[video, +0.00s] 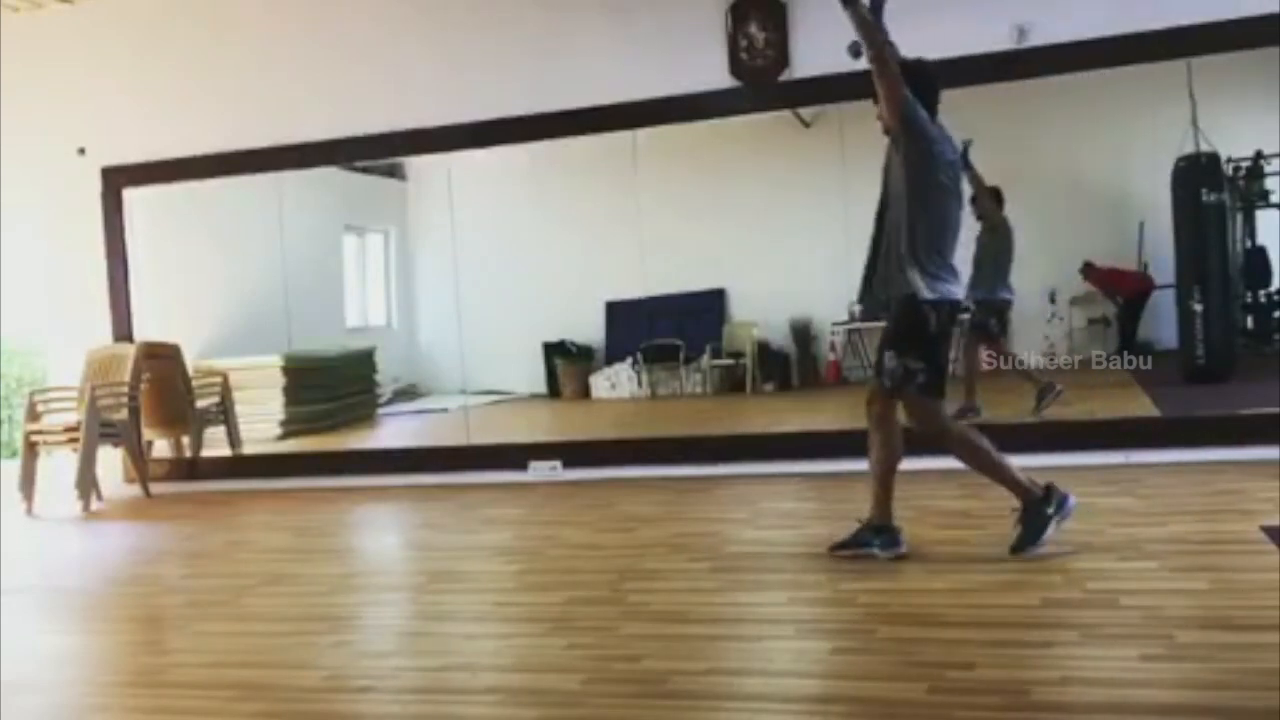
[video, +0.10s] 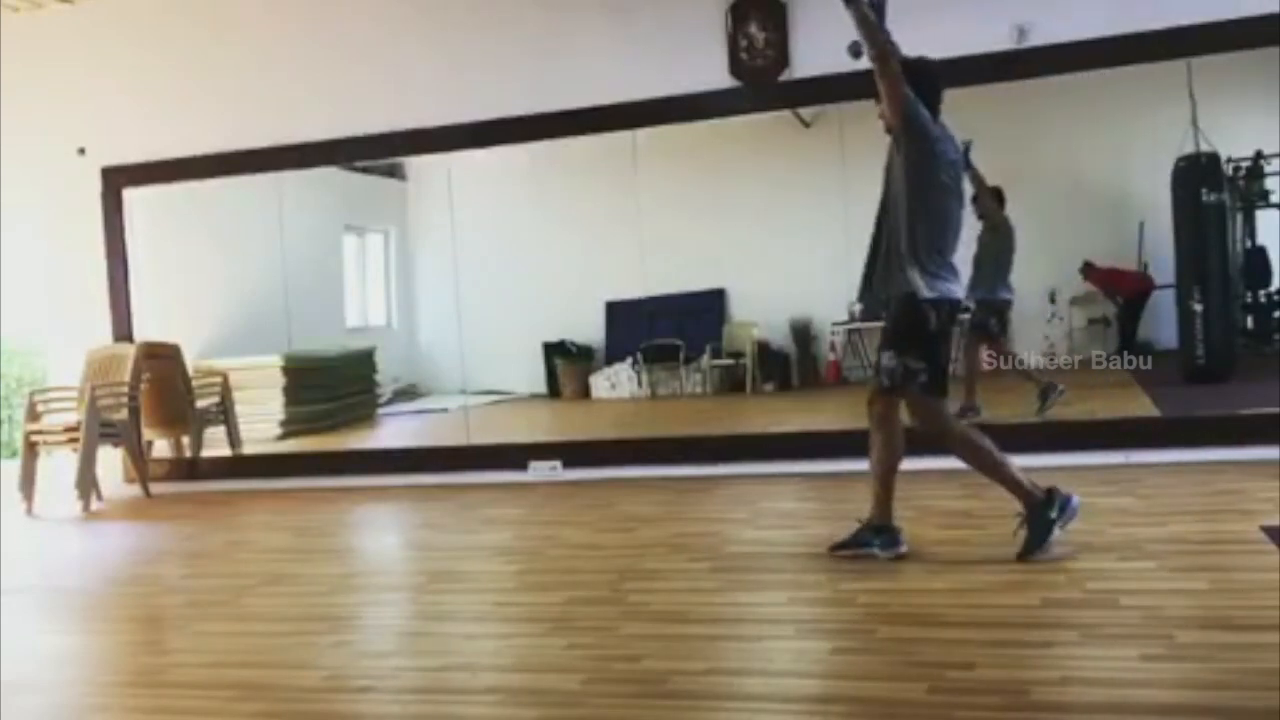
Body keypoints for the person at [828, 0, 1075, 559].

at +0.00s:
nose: (877, 112)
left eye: (881, 100)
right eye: (875, 102)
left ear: (906, 98)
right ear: (918, 103)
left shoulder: (928, 143)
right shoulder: (930, 147)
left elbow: (884, 63)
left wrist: (850, 6)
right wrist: (877, 29)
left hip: (929, 303)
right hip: (914, 302)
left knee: (926, 419)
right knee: (881, 408)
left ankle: (1035, 497)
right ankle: (880, 524)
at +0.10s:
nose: (879, 110)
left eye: (883, 98)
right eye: (877, 101)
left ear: (908, 97)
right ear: (921, 102)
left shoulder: (927, 141)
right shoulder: (935, 147)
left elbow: (885, 61)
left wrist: (855, 7)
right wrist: (877, 31)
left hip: (928, 300)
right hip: (916, 298)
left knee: (929, 417)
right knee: (883, 407)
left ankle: (1038, 501)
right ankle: (880, 524)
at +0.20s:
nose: (891, 107)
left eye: (894, 95)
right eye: (889, 97)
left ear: (917, 95)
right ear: (941, 99)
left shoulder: (932, 135)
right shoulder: (960, 151)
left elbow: (897, 59)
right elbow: (995, 206)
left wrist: (867, 6)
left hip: (934, 301)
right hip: (939, 299)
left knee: (960, 421)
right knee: (892, 410)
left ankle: (1054, 512)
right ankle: (882, 523)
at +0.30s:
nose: (898, 105)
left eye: (901, 93)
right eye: (897, 95)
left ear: (924, 93)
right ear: (947, 95)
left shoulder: (940, 136)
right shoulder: (965, 143)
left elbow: (902, 58)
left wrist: (872, 4)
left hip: (947, 300)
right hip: (946, 299)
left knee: (978, 418)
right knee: (900, 407)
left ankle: (1066, 517)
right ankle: (883, 524)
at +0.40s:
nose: (917, 113)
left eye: (920, 99)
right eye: (916, 101)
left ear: (944, 94)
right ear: (961, 93)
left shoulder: (964, 134)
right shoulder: (987, 142)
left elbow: (927, 63)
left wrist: (890, 8)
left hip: (981, 301)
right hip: (976, 300)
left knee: (1017, 416)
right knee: (927, 407)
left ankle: (1078, 526)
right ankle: (892, 519)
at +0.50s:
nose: (927, 115)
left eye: (930, 101)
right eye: (926, 103)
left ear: (953, 94)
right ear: (969, 93)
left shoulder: (977, 132)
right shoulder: (995, 142)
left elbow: (936, 61)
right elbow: (1028, 225)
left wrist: (898, 8)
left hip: (994, 296)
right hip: (984, 297)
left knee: (1027, 413)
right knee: (934, 402)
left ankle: (1079, 527)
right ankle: (902, 516)